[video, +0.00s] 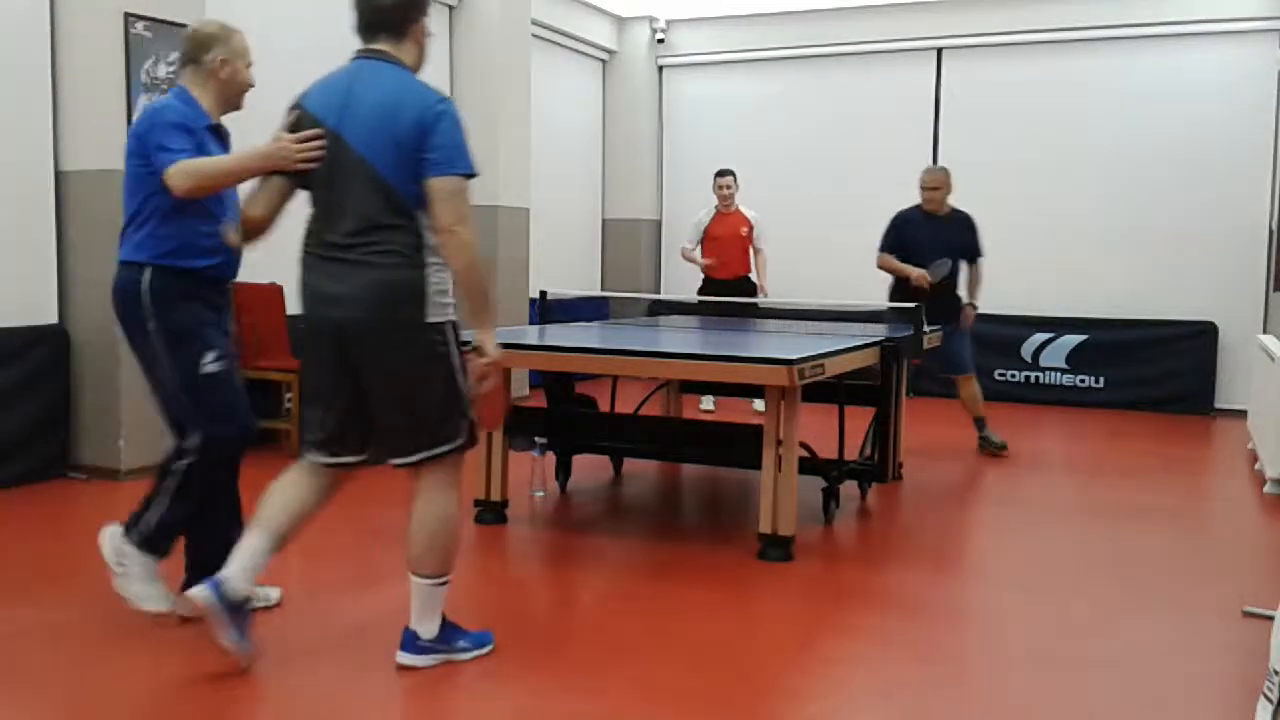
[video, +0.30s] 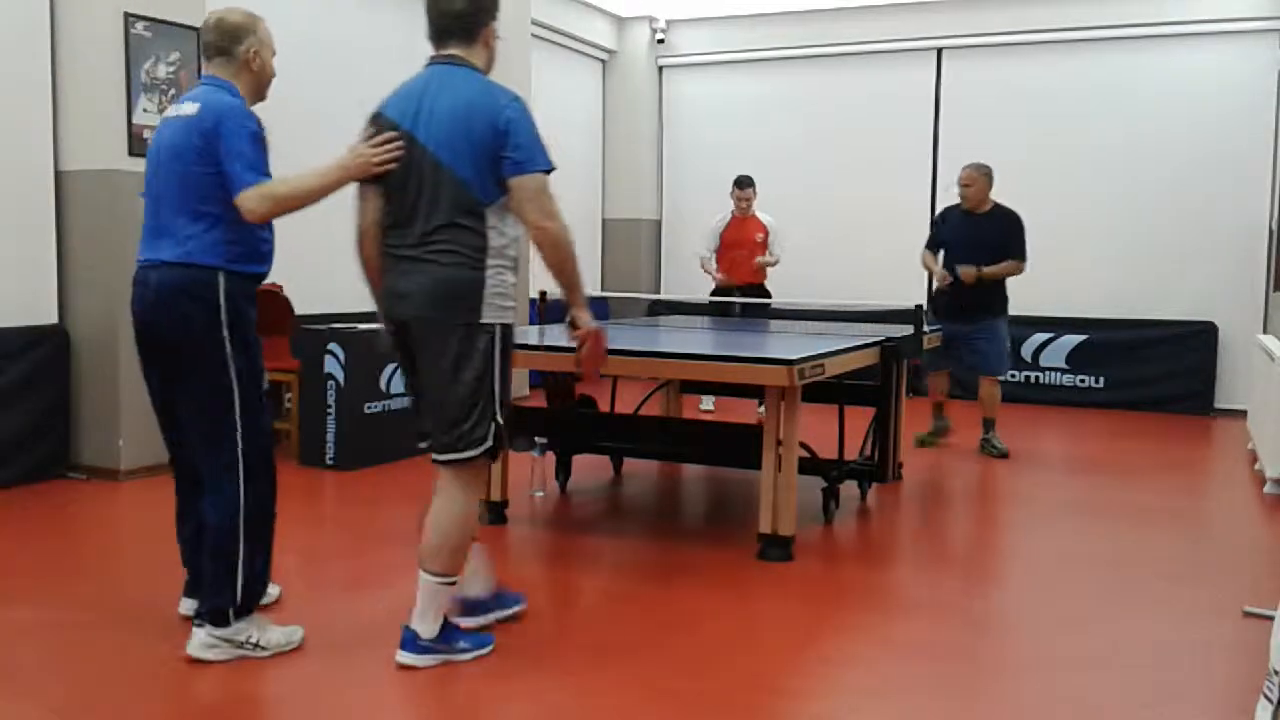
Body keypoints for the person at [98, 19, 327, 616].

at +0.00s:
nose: (250, 79)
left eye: (249, 68)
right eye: (244, 67)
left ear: (212, 67)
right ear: (217, 67)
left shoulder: (208, 130)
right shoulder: (168, 114)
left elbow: (232, 232)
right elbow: (182, 180)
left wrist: (286, 177)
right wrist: (262, 159)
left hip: (203, 287)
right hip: (160, 287)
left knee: (219, 430)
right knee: (217, 427)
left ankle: (212, 577)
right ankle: (133, 544)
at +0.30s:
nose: (274, 70)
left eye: (273, 58)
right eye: (272, 58)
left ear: (210, 57)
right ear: (253, 57)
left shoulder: (180, 112)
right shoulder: (231, 114)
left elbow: (194, 208)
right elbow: (256, 203)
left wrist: (327, 173)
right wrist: (345, 169)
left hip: (162, 291)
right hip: (207, 295)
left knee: (195, 447)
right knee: (240, 449)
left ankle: (205, 589)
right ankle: (226, 620)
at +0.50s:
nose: (277, 64)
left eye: (278, 52)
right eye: (277, 52)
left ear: (213, 44)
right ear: (258, 47)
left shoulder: (154, 103)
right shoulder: (252, 108)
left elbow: (115, 203)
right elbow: (303, 207)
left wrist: (148, 266)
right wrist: (325, 142)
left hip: (154, 291)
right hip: (225, 293)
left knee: (183, 453)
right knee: (243, 456)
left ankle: (156, 597)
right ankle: (224, 621)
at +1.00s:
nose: (233, 45)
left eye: (226, 33)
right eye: (232, 35)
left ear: (162, 29)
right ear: (222, 35)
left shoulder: (91, 95)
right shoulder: (231, 86)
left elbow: (46, 208)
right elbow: (285, 186)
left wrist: (42, 320)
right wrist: (242, 123)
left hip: (110, 303)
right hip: (207, 301)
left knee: (116, 492)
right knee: (232, 479)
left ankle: (129, 694)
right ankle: (235, 644)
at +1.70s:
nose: (325, 13)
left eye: (323, 5)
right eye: (323, 5)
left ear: (245, 5)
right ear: (304, 4)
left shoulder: (168, 76)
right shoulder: (325, 60)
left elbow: (130, 211)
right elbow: (386, 164)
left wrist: (140, 334)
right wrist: (340, 169)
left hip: (196, 310)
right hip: (303, 309)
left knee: (176, 522)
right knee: (309, 533)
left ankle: (138, 697)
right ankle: (294, 707)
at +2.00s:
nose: (362, 11)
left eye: (361, 5)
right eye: (362, 4)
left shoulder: (196, 54)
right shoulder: (358, 41)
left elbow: (158, 193)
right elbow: (387, 141)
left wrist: (202, 291)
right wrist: (386, 287)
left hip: (215, 305)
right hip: (323, 302)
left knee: (221, 541)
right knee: (330, 538)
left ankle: (224, 708)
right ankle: (301, 709)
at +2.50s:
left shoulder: (182, 56)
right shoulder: (358, 18)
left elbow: (136, 209)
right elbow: (400, 97)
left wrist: (118, 347)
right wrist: (381, 250)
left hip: (221, 313)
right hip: (350, 300)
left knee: (230, 558)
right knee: (380, 549)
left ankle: (230, 710)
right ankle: (381, 706)